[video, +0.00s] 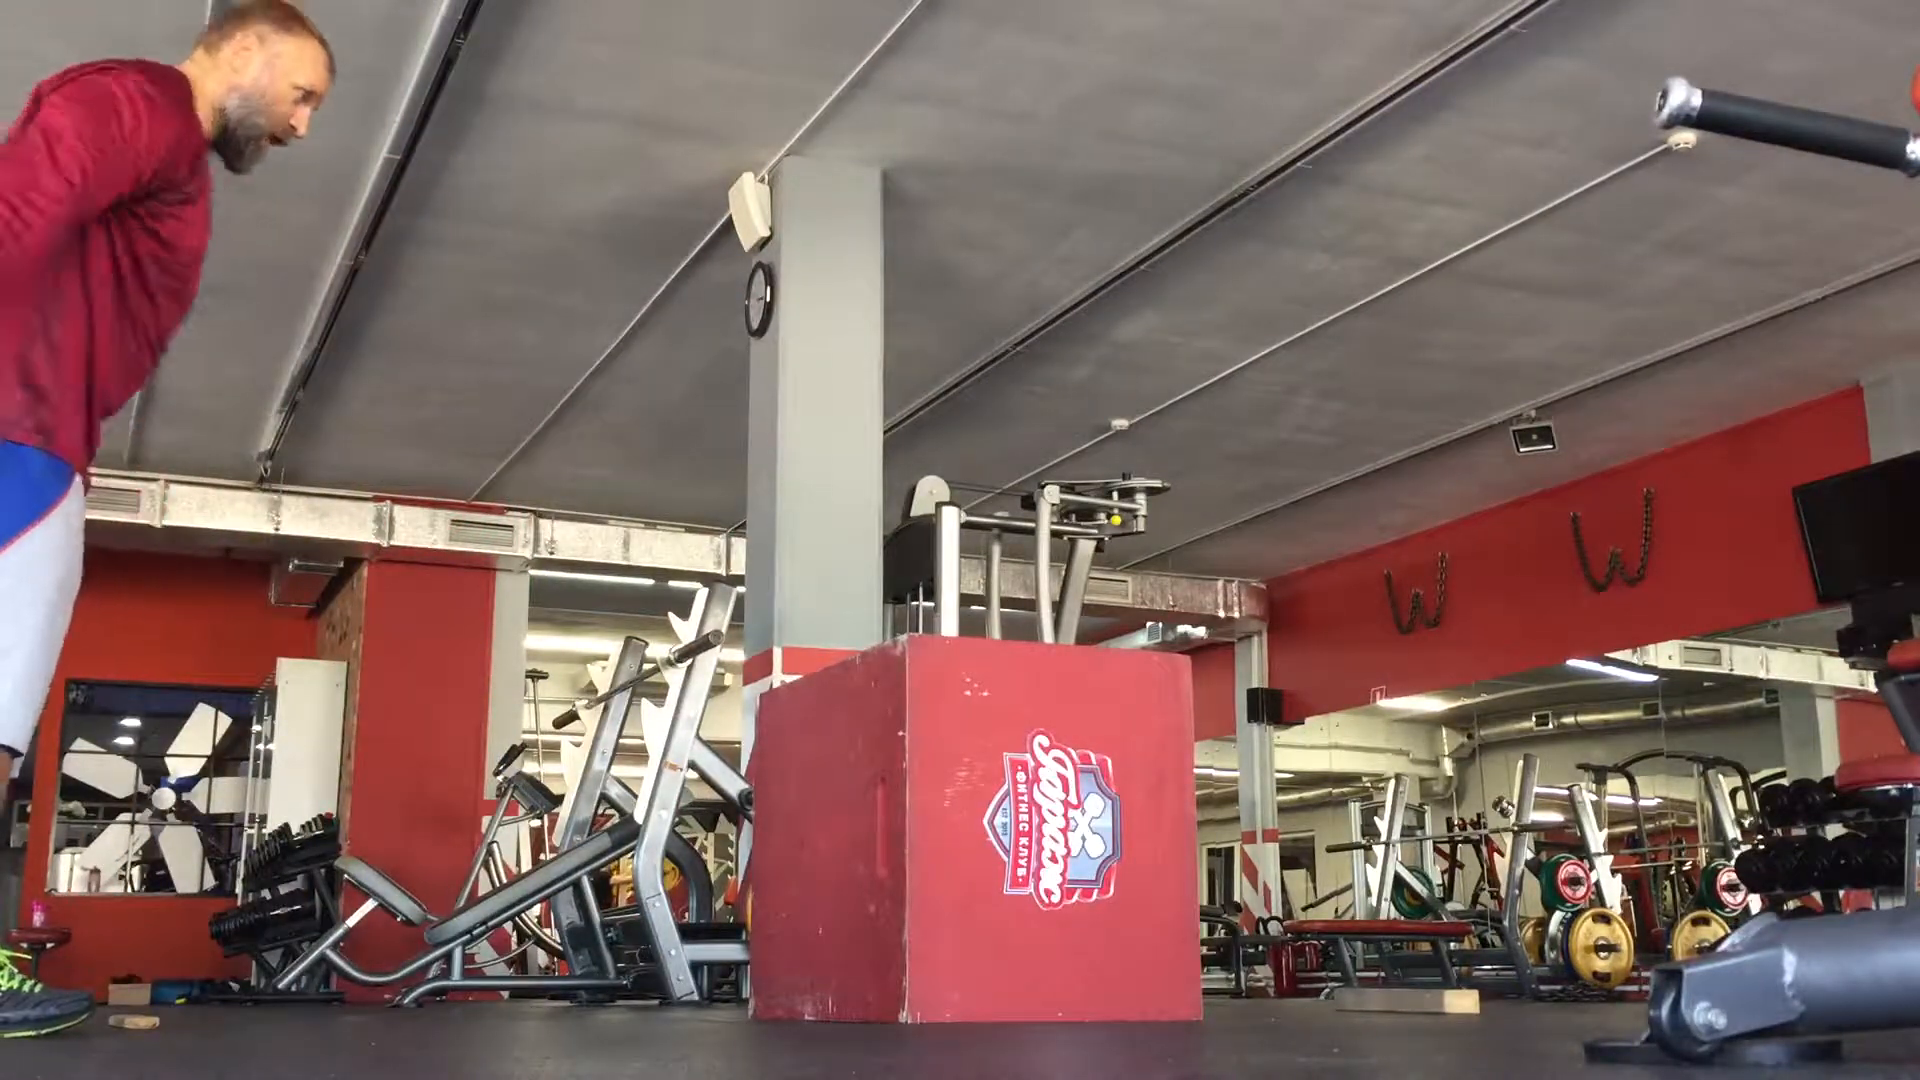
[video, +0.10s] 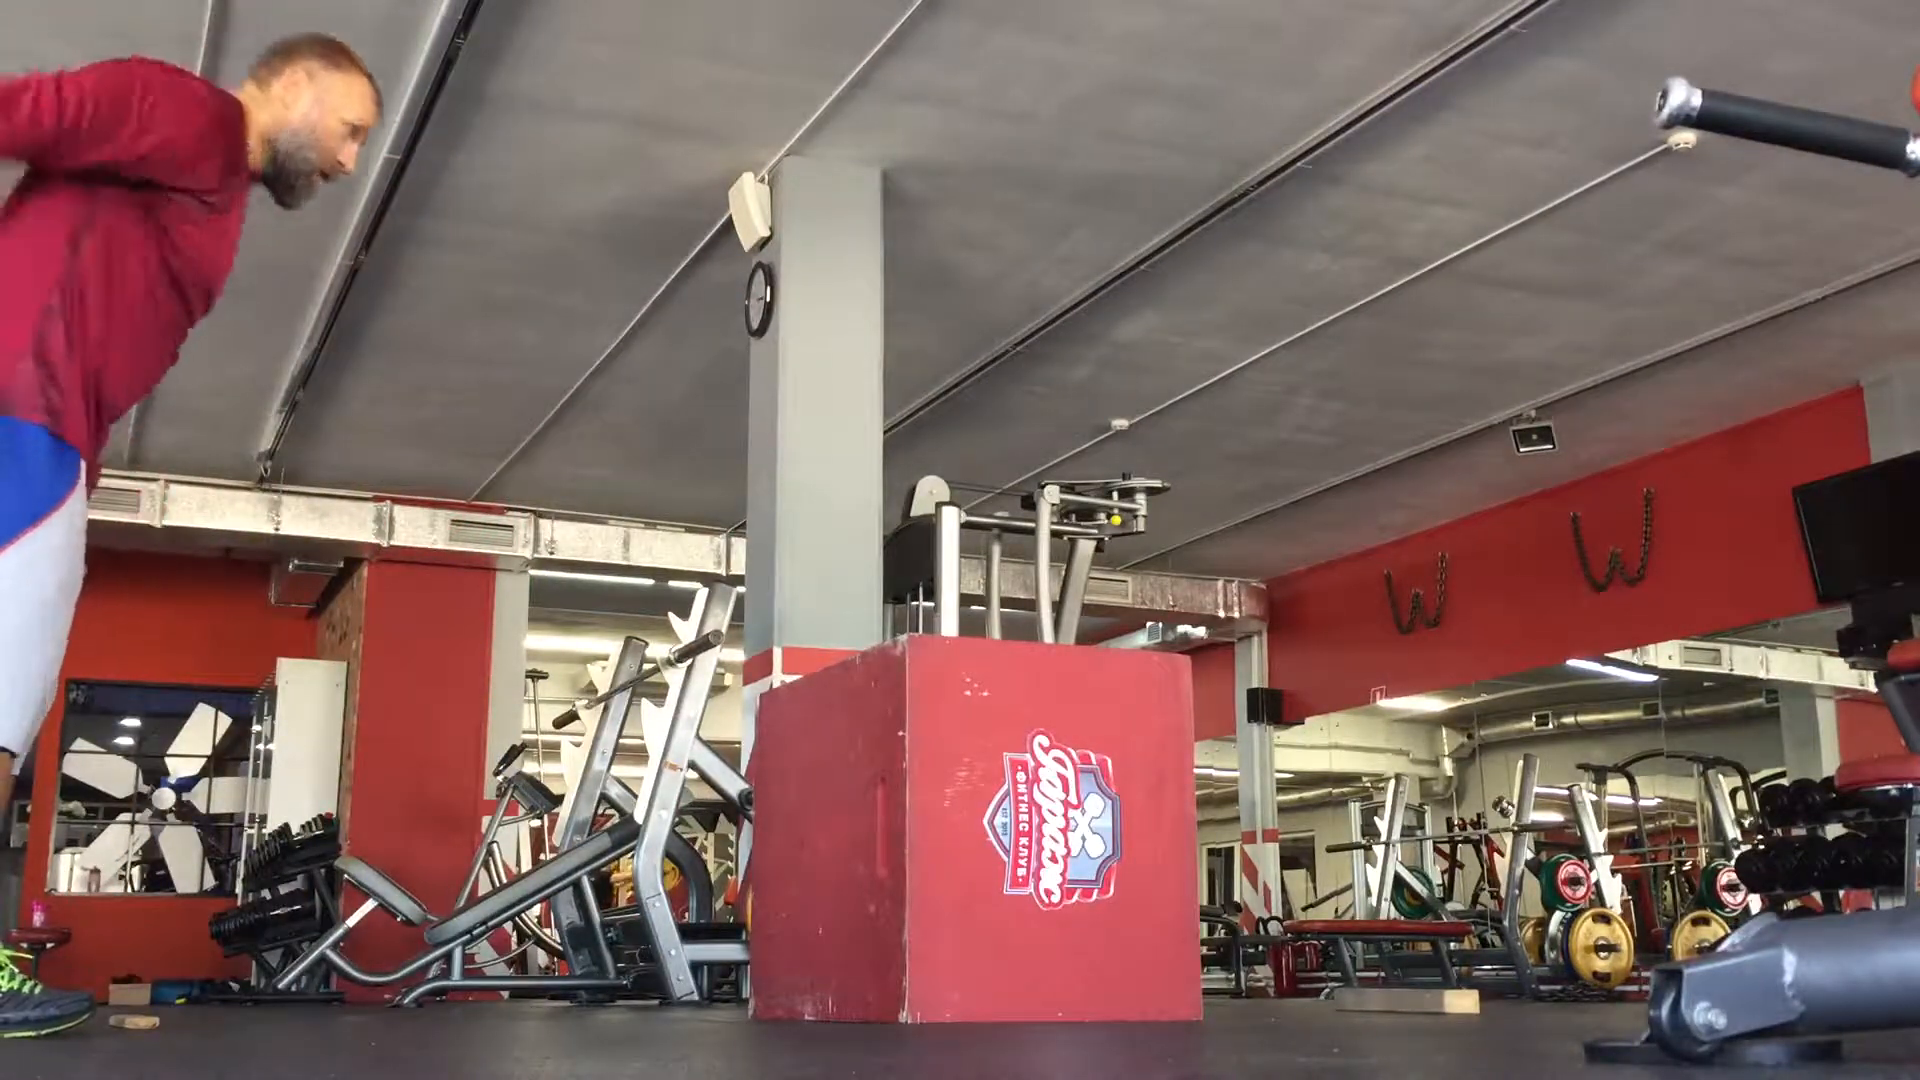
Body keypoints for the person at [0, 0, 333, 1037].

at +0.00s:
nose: (302, 124)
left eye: (314, 108)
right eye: (302, 94)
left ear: (240, 58)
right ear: (240, 52)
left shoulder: (164, 131)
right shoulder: (143, 103)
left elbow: (43, 264)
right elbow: (14, 220)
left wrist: (60, 449)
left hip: (40, 453)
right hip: (25, 451)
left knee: (12, 723)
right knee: (7, 724)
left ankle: (2, 963)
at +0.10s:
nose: (351, 157)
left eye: (363, 142)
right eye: (353, 125)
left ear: (300, 105)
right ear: (288, 82)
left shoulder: (217, 172)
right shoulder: (194, 113)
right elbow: (20, 110)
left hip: (43, 438)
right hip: (25, 432)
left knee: (17, 723)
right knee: (10, 723)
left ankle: (4, 958)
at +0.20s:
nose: (394, 222)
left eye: (404, 204)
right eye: (395, 190)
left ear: (340, 163)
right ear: (333, 147)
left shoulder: (249, 226)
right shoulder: (243, 152)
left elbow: (97, 299)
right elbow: (82, 76)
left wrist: (73, 447)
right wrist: (8, 50)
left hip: (37, 422)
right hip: (19, 407)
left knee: (41, 672)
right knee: (40, 672)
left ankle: (7, 952)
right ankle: (3, 957)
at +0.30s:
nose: (424, 308)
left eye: (434, 291)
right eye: (424, 278)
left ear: (372, 247)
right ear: (370, 237)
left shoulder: (262, 296)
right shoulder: (271, 223)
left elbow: (30, 253)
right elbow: (104, 129)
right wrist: (5, 79)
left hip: (34, 447)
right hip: (22, 437)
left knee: (63, 678)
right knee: (75, 676)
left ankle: (7, 948)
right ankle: (3, 952)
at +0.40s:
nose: (458, 382)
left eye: (466, 361)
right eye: (457, 351)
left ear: (399, 327)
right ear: (399, 319)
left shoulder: (299, 394)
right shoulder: (281, 323)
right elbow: (87, 266)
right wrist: (2, 242)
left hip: (58, 494)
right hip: (35, 476)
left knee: (103, 724)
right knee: (125, 718)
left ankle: (6, 945)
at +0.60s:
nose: (469, 282)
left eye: (474, 260)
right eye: (462, 249)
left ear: (385, 238)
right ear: (399, 228)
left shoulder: (314, 295)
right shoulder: (334, 286)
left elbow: (429, 454)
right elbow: (460, 406)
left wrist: (588, 445)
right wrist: (603, 427)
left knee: (155, 777)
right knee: (199, 777)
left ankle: (12, 941)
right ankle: (8, 922)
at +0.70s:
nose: (546, 133)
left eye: (542, 115)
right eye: (534, 112)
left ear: (485, 116)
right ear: (491, 109)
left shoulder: (471, 186)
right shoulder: (446, 153)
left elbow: (570, 202)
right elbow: (626, 121)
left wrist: (587, 71)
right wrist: (588, 44)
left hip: (260, 427)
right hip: (267, 425)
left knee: (169, 711)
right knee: (192, 715)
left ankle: (21, 914)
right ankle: (10, 915)